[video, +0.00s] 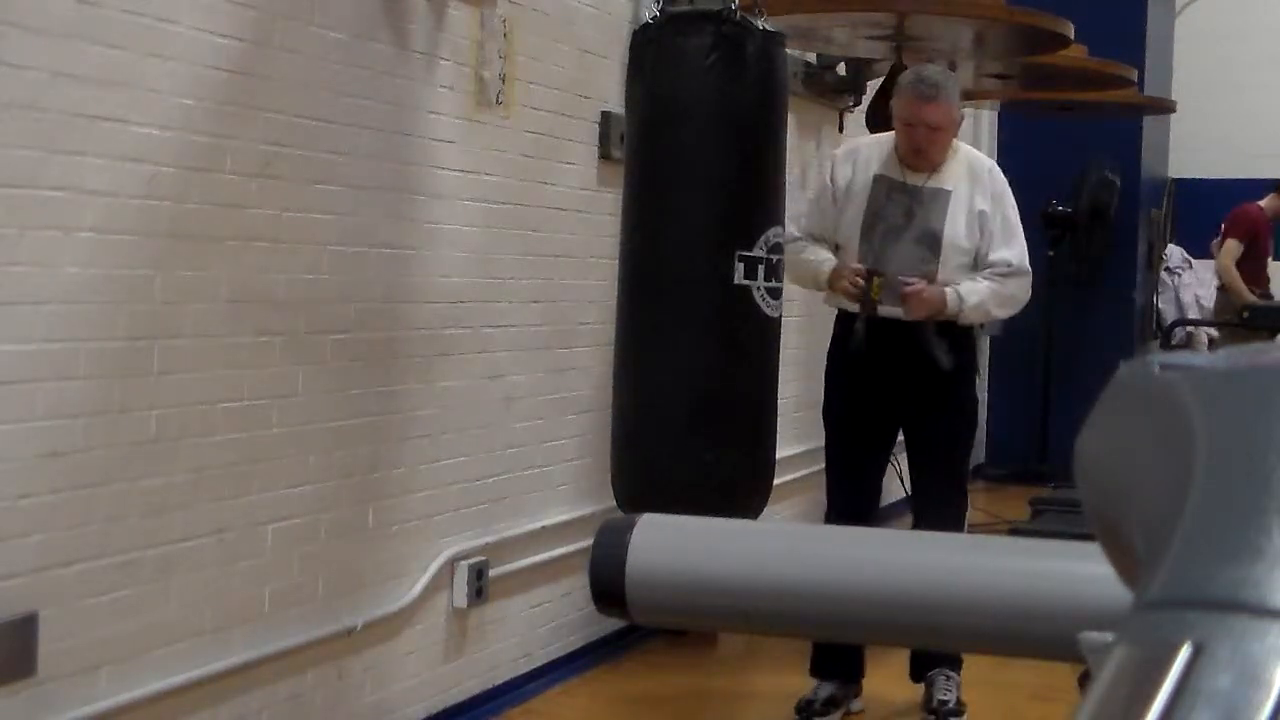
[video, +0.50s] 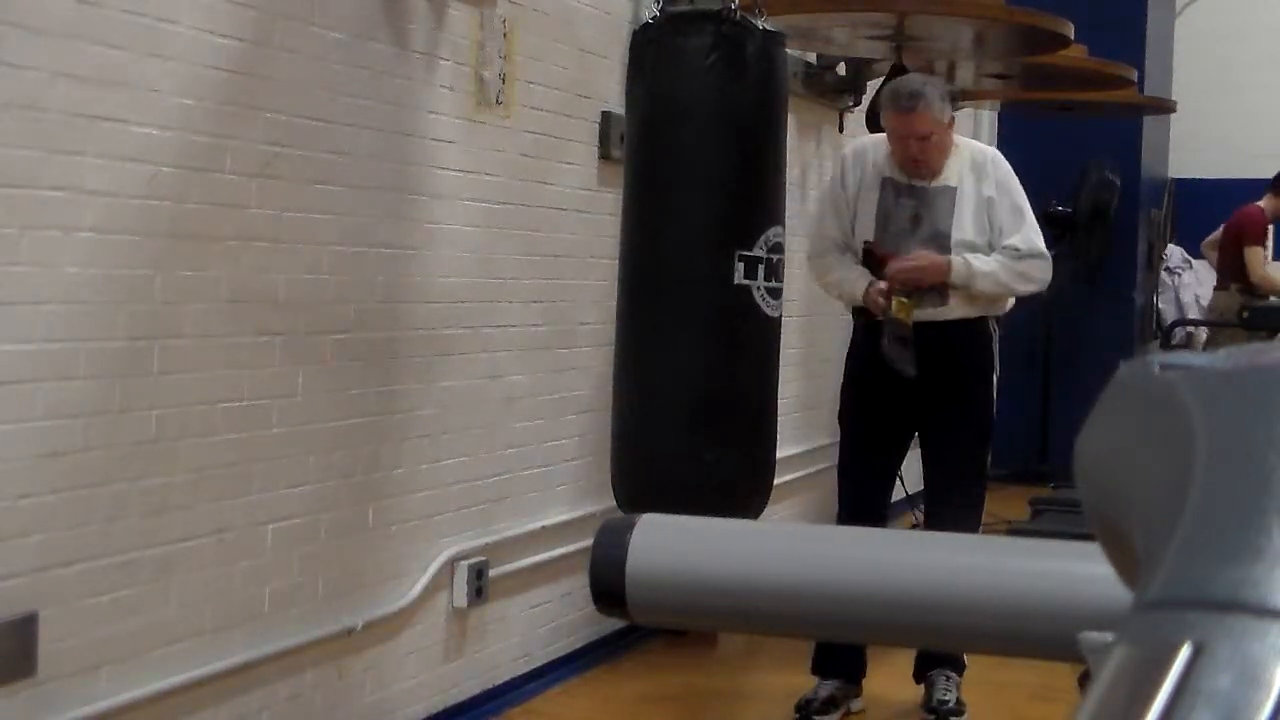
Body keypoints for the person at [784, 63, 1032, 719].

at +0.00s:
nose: (921, 141)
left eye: (934, 129)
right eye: (911, 126)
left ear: (957, 123)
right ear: (893, 115)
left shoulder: (985, 180)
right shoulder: (849, 161)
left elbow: (1014, 282)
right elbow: (796, 248)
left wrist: (950, 298)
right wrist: (831, 272)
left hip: (944, 366)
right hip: (859, 358)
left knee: (941, 520)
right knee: (846, 516)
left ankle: (940, 671)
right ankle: (835, 675)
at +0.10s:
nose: (927, 147)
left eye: (941, 134)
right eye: (916, 132)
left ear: (960, 123)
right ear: (897, 119)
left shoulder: (990, 179)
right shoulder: (854, 163)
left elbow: (1011, 285)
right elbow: (802, 245)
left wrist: (936, 299)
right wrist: (835, 282)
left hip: (948, 366)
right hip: (864, 361)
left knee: (946, 521)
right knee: (850, 516)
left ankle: (941, 670)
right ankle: (837, 673)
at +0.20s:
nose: (927, 149)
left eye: (939, 137)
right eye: (916, 136)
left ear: (961, 126)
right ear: (898, 121)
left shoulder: (990, 177)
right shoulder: (858, 161)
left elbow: (1007, 282)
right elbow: (804, 244)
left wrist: (918, 286)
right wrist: (835, 288)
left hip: (953, 361)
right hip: (869, 355)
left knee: (949, 520)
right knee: (853, 515)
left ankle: (941, 669)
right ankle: (838, 671)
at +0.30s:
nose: (922, 149)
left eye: (935, 137)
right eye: (912, 135)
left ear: (958, 126)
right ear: (894, 123)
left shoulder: (988, 175)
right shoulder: (858, 161)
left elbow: (1011, 281)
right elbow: (806, 247)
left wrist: (916, 276)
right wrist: (847, 285)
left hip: (956, 356)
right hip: (873, 350)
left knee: (952, 519)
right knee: (856, 513)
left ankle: (942, 669)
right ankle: (839, 672)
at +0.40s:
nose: (918, 151)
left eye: (931, 139)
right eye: (907, 139)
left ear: (955, 125)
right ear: (891, 125)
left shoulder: (986, 175)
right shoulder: (856, 164)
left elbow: (1022, 276)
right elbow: (820, 256)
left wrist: (930, 275)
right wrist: (862, 285)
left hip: (960, 355)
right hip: (875, 352)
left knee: (954, 516)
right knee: (857, 512)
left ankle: (942, 668)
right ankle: (838, 672)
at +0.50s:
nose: (914, 150)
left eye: (925, 139)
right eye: (901, 138)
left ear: (949, 125)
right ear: (884, 126)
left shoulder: (987, 168)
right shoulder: (855, 164)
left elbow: (1035, 267)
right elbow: (824, 253)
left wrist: (948, 269)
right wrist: (862, 288)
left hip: (960, 354)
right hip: (876, 351)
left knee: (955, 516)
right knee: (857, 512)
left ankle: (942, 669)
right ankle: (839, 674)